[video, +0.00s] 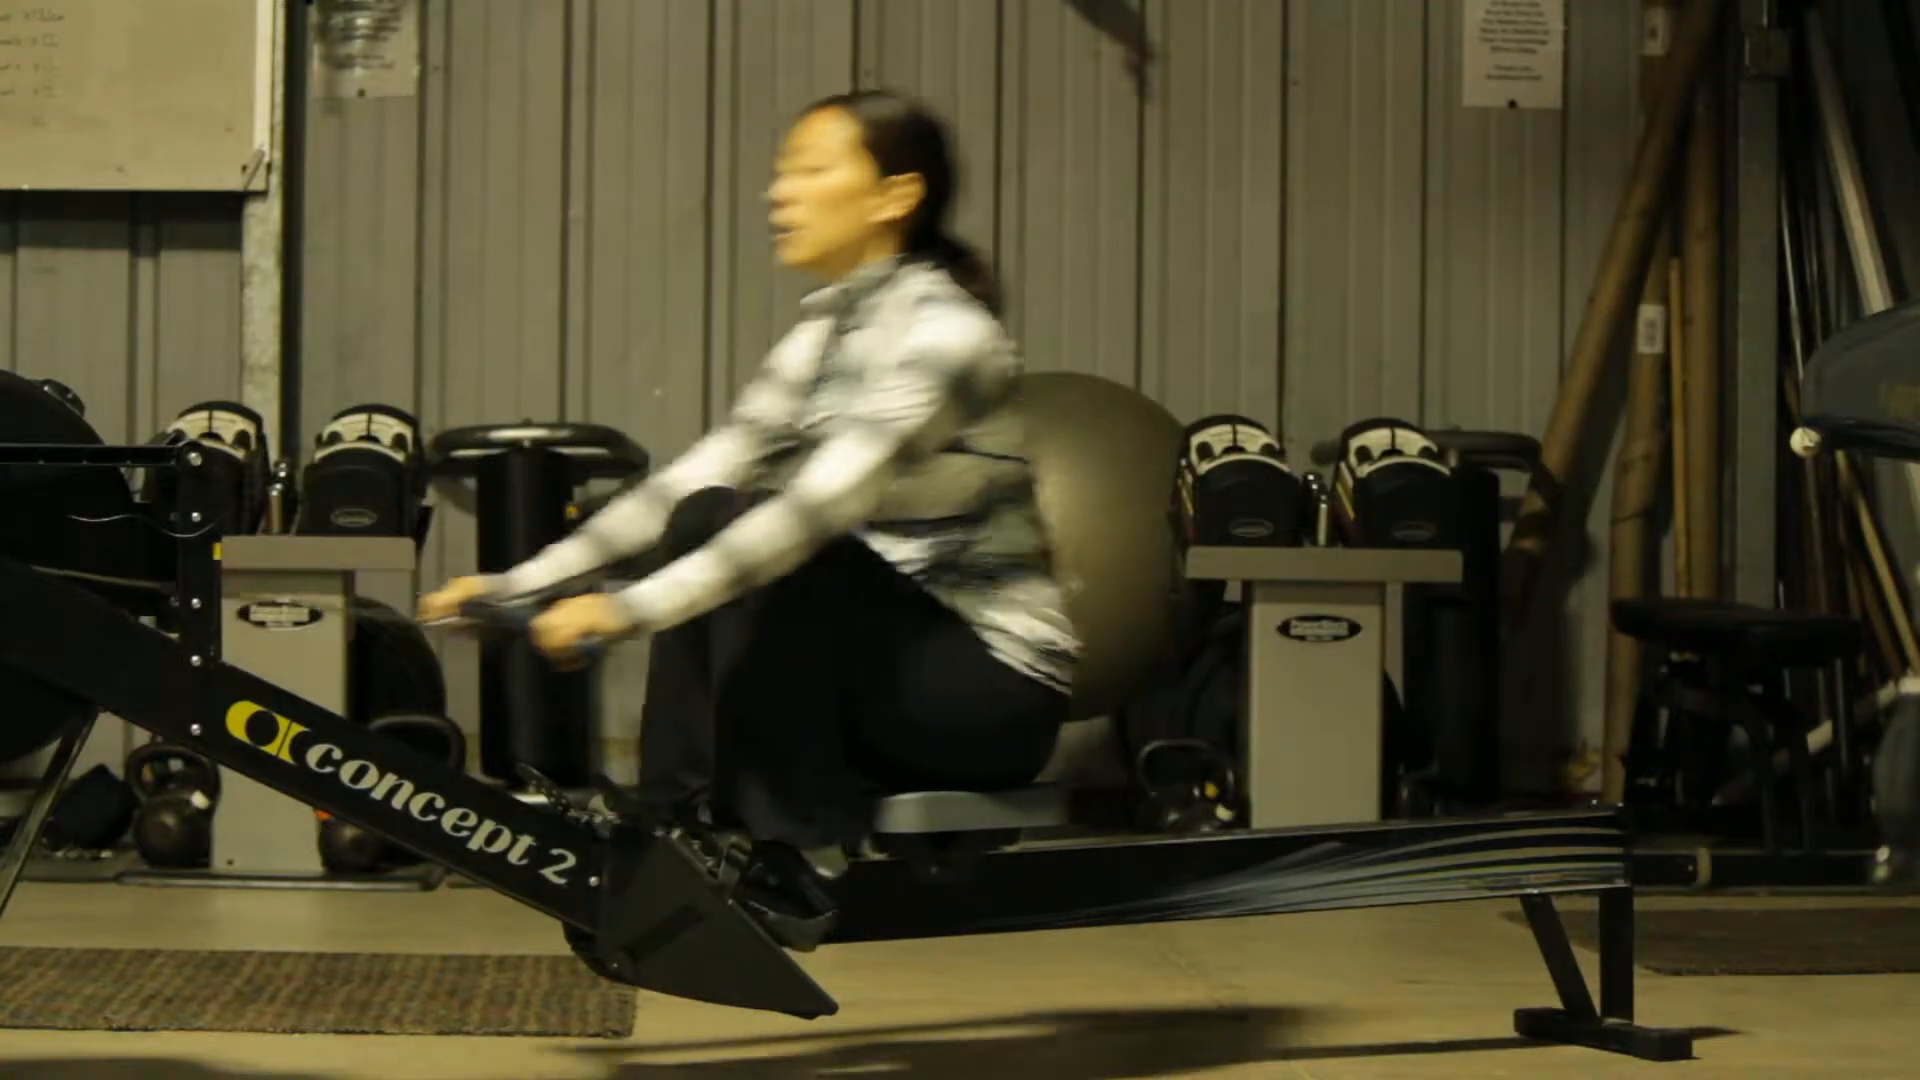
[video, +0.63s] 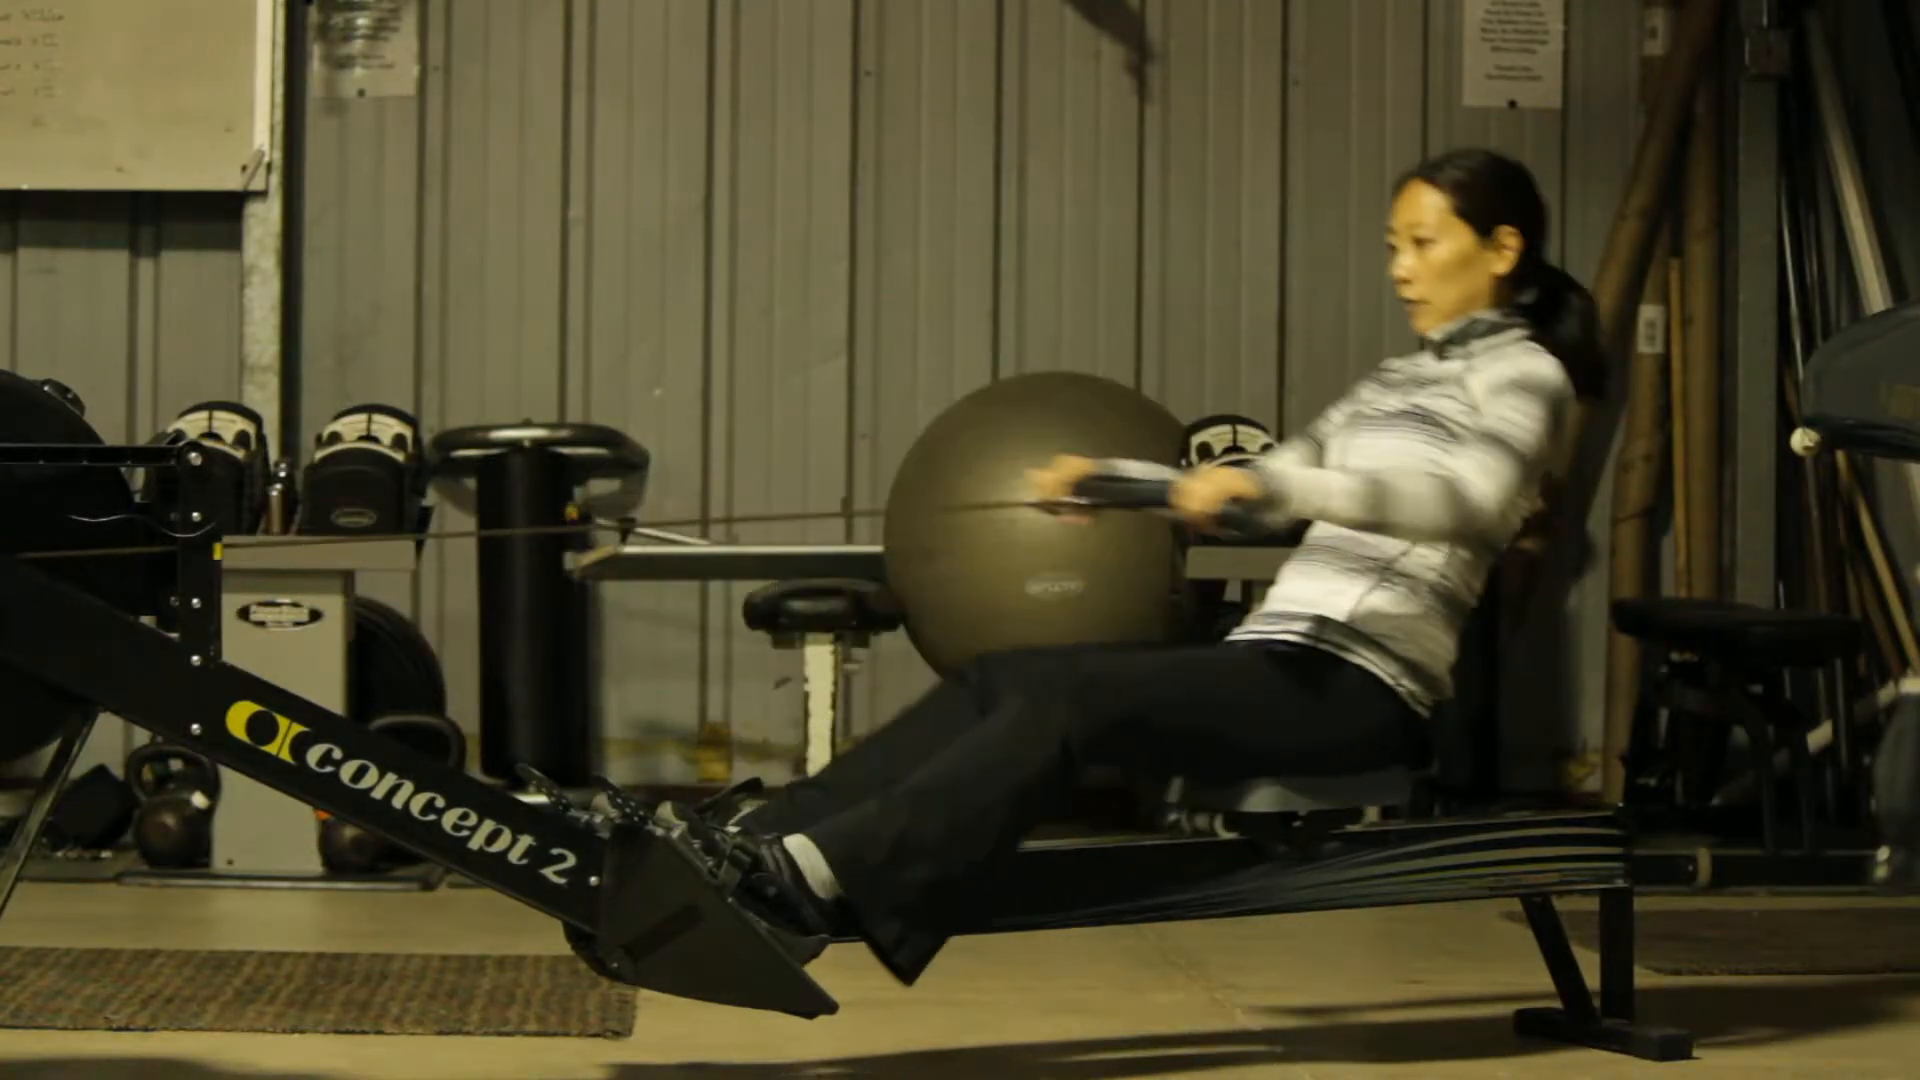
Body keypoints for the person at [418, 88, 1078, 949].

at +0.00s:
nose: (777, 192)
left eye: (809, 169)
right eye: (783, 169)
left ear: (896, 196)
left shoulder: (941, 330)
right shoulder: (823, 333)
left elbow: (811, 514)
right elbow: (696, 480)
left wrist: (630, 607)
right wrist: (514, 589)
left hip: (995, 689)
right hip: (896, 662)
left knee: (796, 572)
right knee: (702, 525)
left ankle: (797, 858)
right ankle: (678, 825)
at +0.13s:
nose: (924, 187)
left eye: (955, 165)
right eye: (927, 164)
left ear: (1046, 190)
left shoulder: (1082, 318)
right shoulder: (961, 326)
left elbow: (944, 480)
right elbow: (825, 465)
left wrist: (766, 557)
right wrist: (645, 544)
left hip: (1076, 700)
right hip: (986, 680)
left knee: (876, 583)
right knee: (756, 572)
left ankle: (774, 852)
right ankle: (677, 834)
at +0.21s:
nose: (1032, 198)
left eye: (1061, 175)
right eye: (1034, 175)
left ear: (1152, 196)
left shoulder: (1181, 326)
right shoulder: (1061, 332)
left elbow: (1034, 454)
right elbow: (921, 437)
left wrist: (850, 514)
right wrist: (718, 499)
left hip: (1143, 700)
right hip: (1056, 682)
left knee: (899, 578)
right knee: (816, 567)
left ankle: (787, 856)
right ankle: (695, 832)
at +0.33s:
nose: (1185, 212)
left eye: (1211, 187)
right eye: (1186, 189)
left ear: (1297, 204)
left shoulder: (1311, 333)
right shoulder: (1205, 333)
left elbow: (1147, 419)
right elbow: (1049, 405)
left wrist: (971, 464)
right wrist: (841, 456)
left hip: (1215, 693)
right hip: (1144, 675)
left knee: (939, 583)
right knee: (890, 576)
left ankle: (813, 858)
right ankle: (726, 826)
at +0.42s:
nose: (1263, 224)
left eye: (1290, 199)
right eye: (1263, 200)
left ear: (1375, 214)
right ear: (1271, 215)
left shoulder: (1388, 340)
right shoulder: (1274, 341)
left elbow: (1215, 415)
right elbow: (1114, 401)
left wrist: (1052, 453)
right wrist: (917, 443)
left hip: (1270, 691)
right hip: (1191, 672)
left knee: (982, 606)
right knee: (913, 604)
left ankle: (820, 862)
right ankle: (749, 828)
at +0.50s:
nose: (1331, 241)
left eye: (1354, 219)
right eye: (1329, 221)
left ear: (1439, 229)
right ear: (1337, 231)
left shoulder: (1453, 350)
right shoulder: (1337, 354)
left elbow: (1331, 439)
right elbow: (1207, 419)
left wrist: (1133, 452)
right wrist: (1001, 457)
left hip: (1319, 685)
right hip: (1234, 666)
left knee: (1018, 642)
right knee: (955, 630)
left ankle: (832, 875)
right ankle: (754, 834)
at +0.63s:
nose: (1399, 266)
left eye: (1422, 245)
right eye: (1397, 244)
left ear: (1502, 251)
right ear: (1425, 254)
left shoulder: (1524, 370)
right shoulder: (1402, 376)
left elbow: (1471, 494)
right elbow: (1292, 486)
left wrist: (1274, 482)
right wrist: (1122, 483)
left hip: (1363, 682)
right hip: (1278, 658)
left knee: (1057, 698)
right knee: (996, 680)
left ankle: (815, 888)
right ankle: (750, 844)